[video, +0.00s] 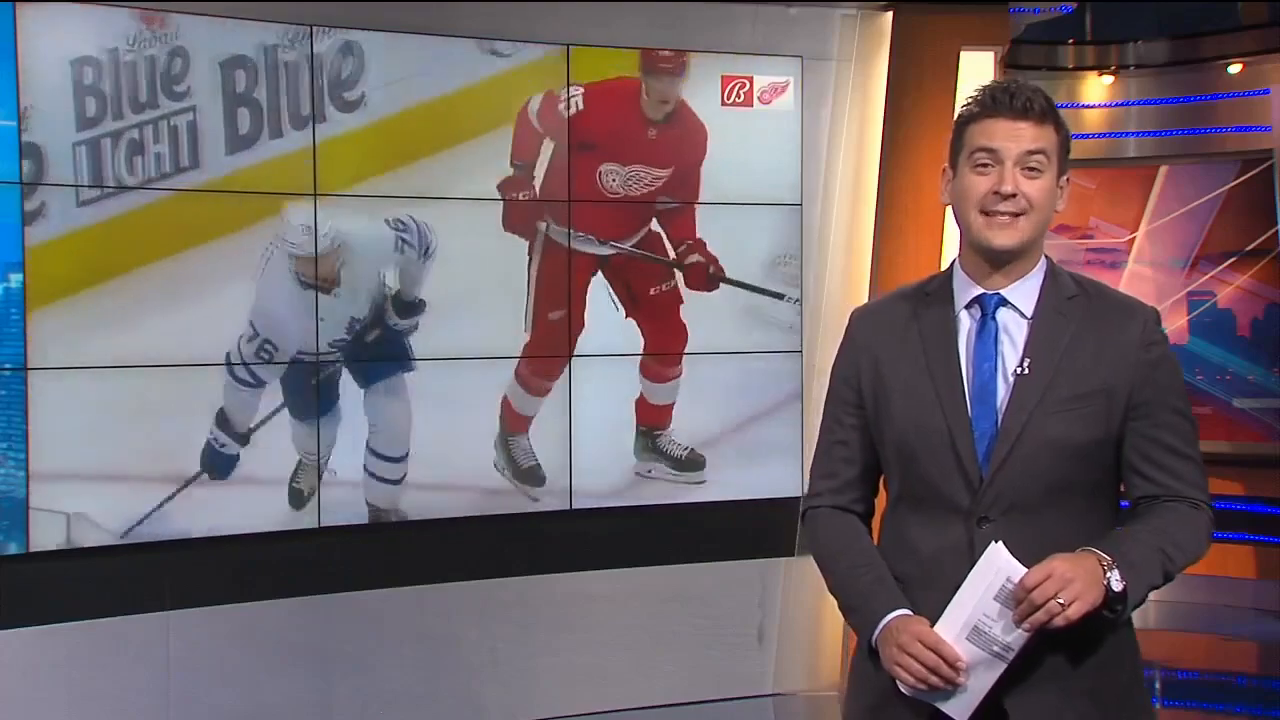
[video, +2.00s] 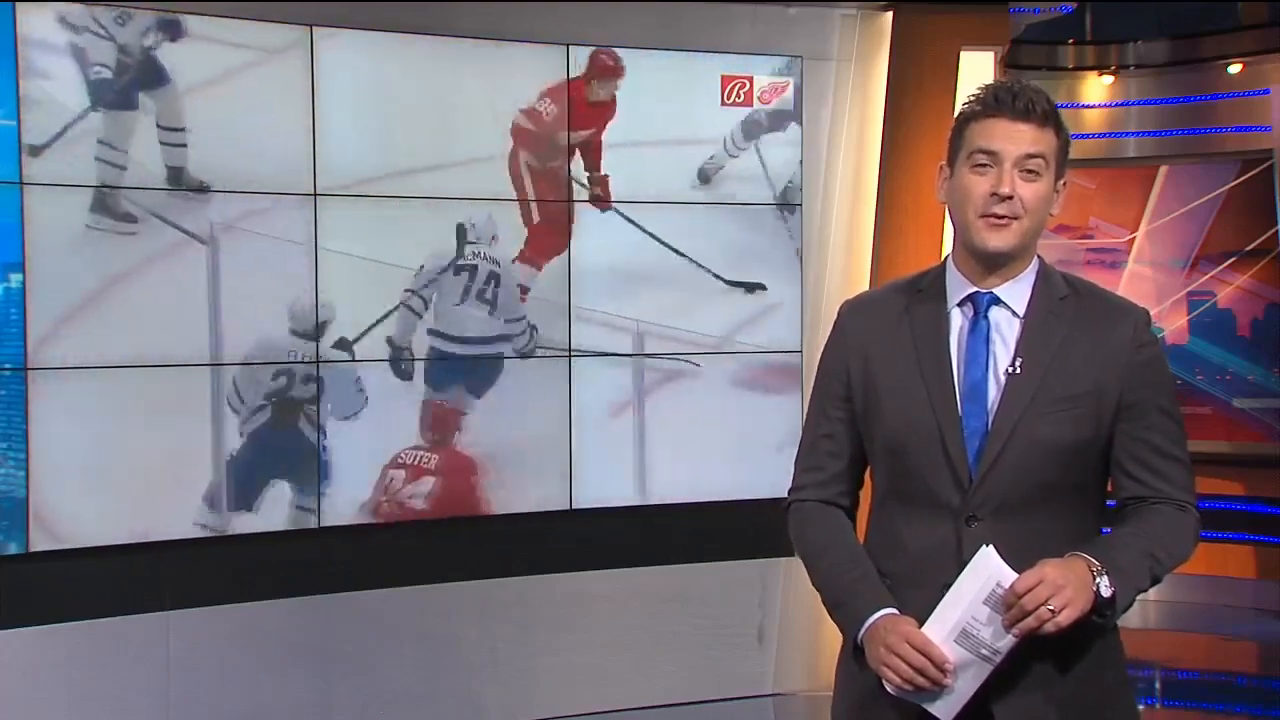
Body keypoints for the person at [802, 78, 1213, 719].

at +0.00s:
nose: (1007, 185)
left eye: (1032, 168)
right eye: (984, 164)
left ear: (1060, 193)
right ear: (949, 186)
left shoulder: (1127, 332)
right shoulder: (876, 332)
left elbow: (1181, 507)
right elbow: (831, 506)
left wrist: (1107, 566)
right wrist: (885, 620)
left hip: (1071, 690)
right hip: (907, 687)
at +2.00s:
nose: (1004, 189)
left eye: (1029, 171)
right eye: (982, 164)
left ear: (1056, 196)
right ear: (946, 183)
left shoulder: (1119, 335)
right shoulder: (866, 326)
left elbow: (1167, 509)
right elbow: (816, 500)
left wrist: (1095, 571)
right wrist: (872, 619)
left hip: (1056, 691)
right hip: (893, 687)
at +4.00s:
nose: (1010, 192)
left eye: (1035, 174)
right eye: (989, 167)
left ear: (1058, 197)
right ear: (949, 183)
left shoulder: (1119, 337)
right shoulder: (865, 327)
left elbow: (1158, 508)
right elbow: (817, 499)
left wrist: (1113, 554)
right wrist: (869, 617)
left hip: (1057, 692)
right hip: (891, 687)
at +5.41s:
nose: (1003, 192)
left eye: (1030, 175)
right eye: (983, 167)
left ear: (1056, 198)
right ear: (946, 183)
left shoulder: (1119, 337)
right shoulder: (865, 328)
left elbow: (1159, 510)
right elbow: (816, 498)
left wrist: (1096, 567)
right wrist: (869, 609)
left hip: (1054, 692)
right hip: (891, 688)